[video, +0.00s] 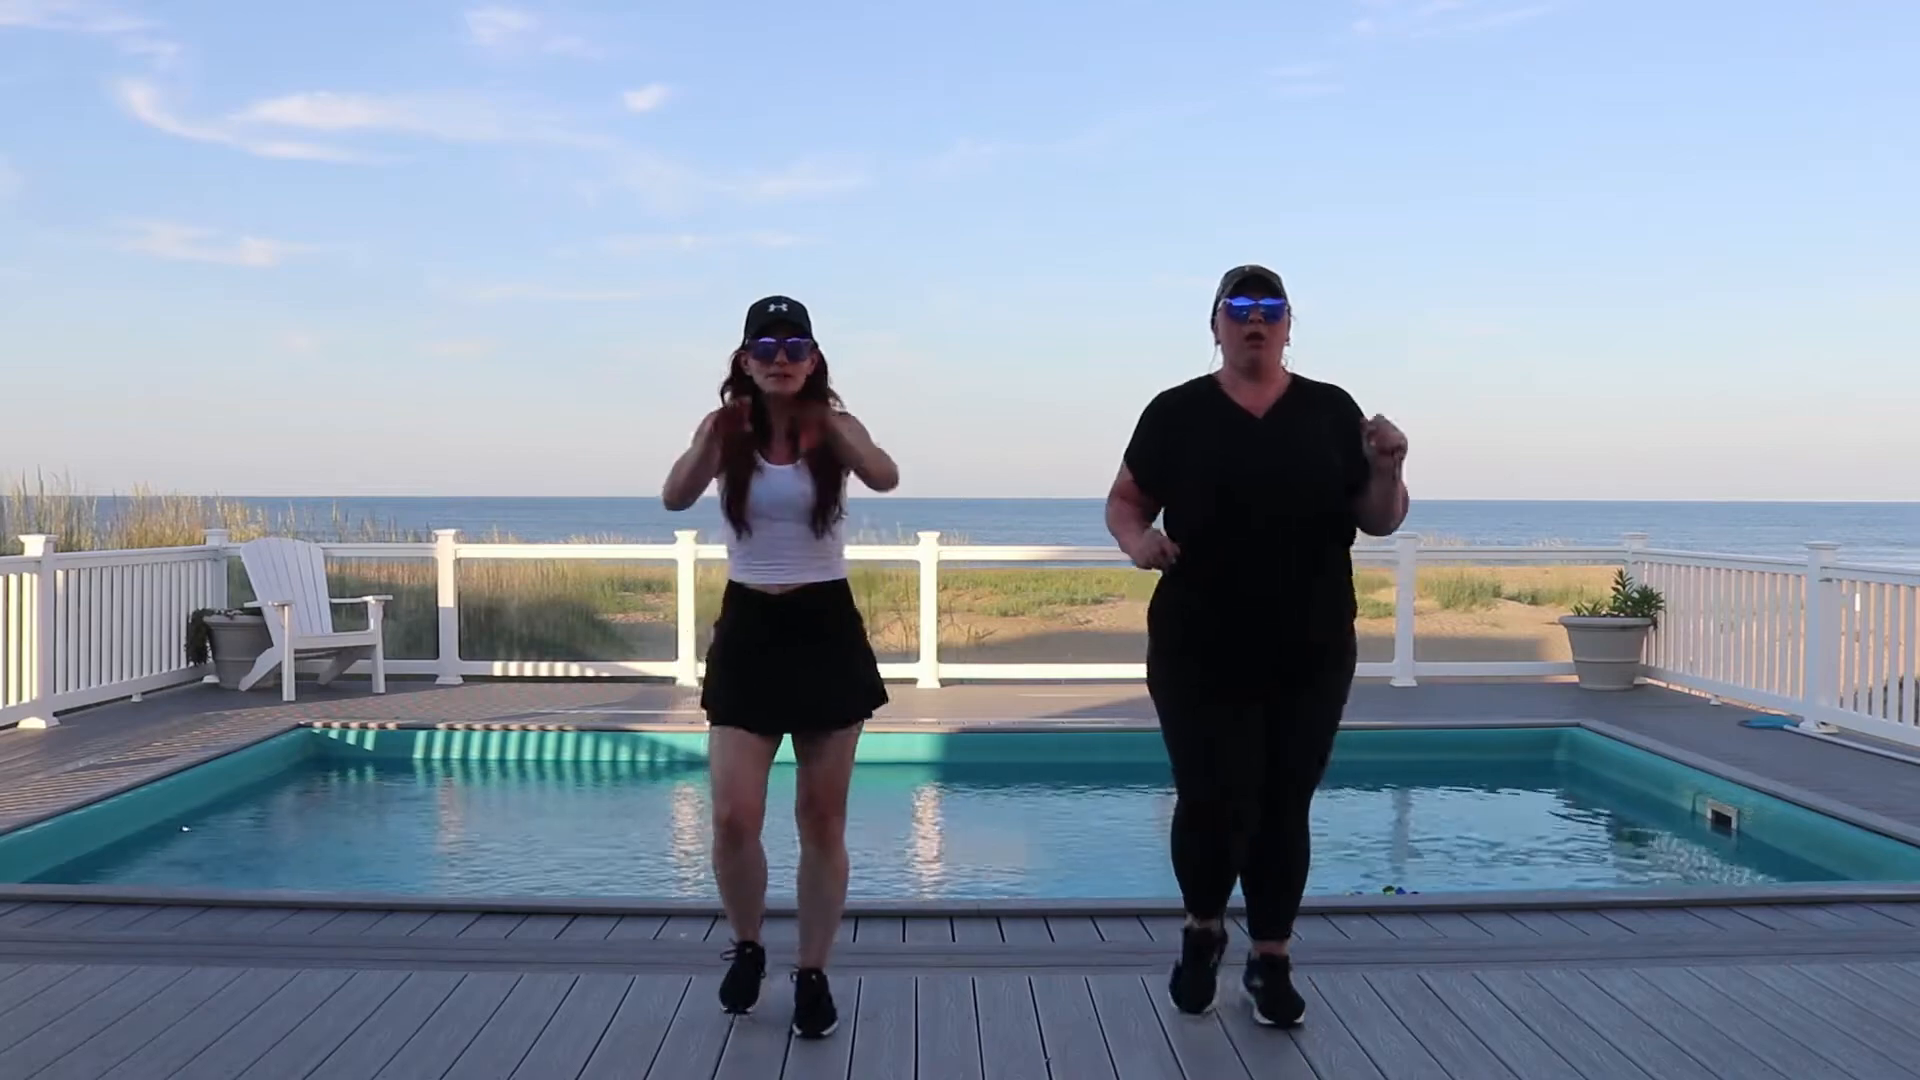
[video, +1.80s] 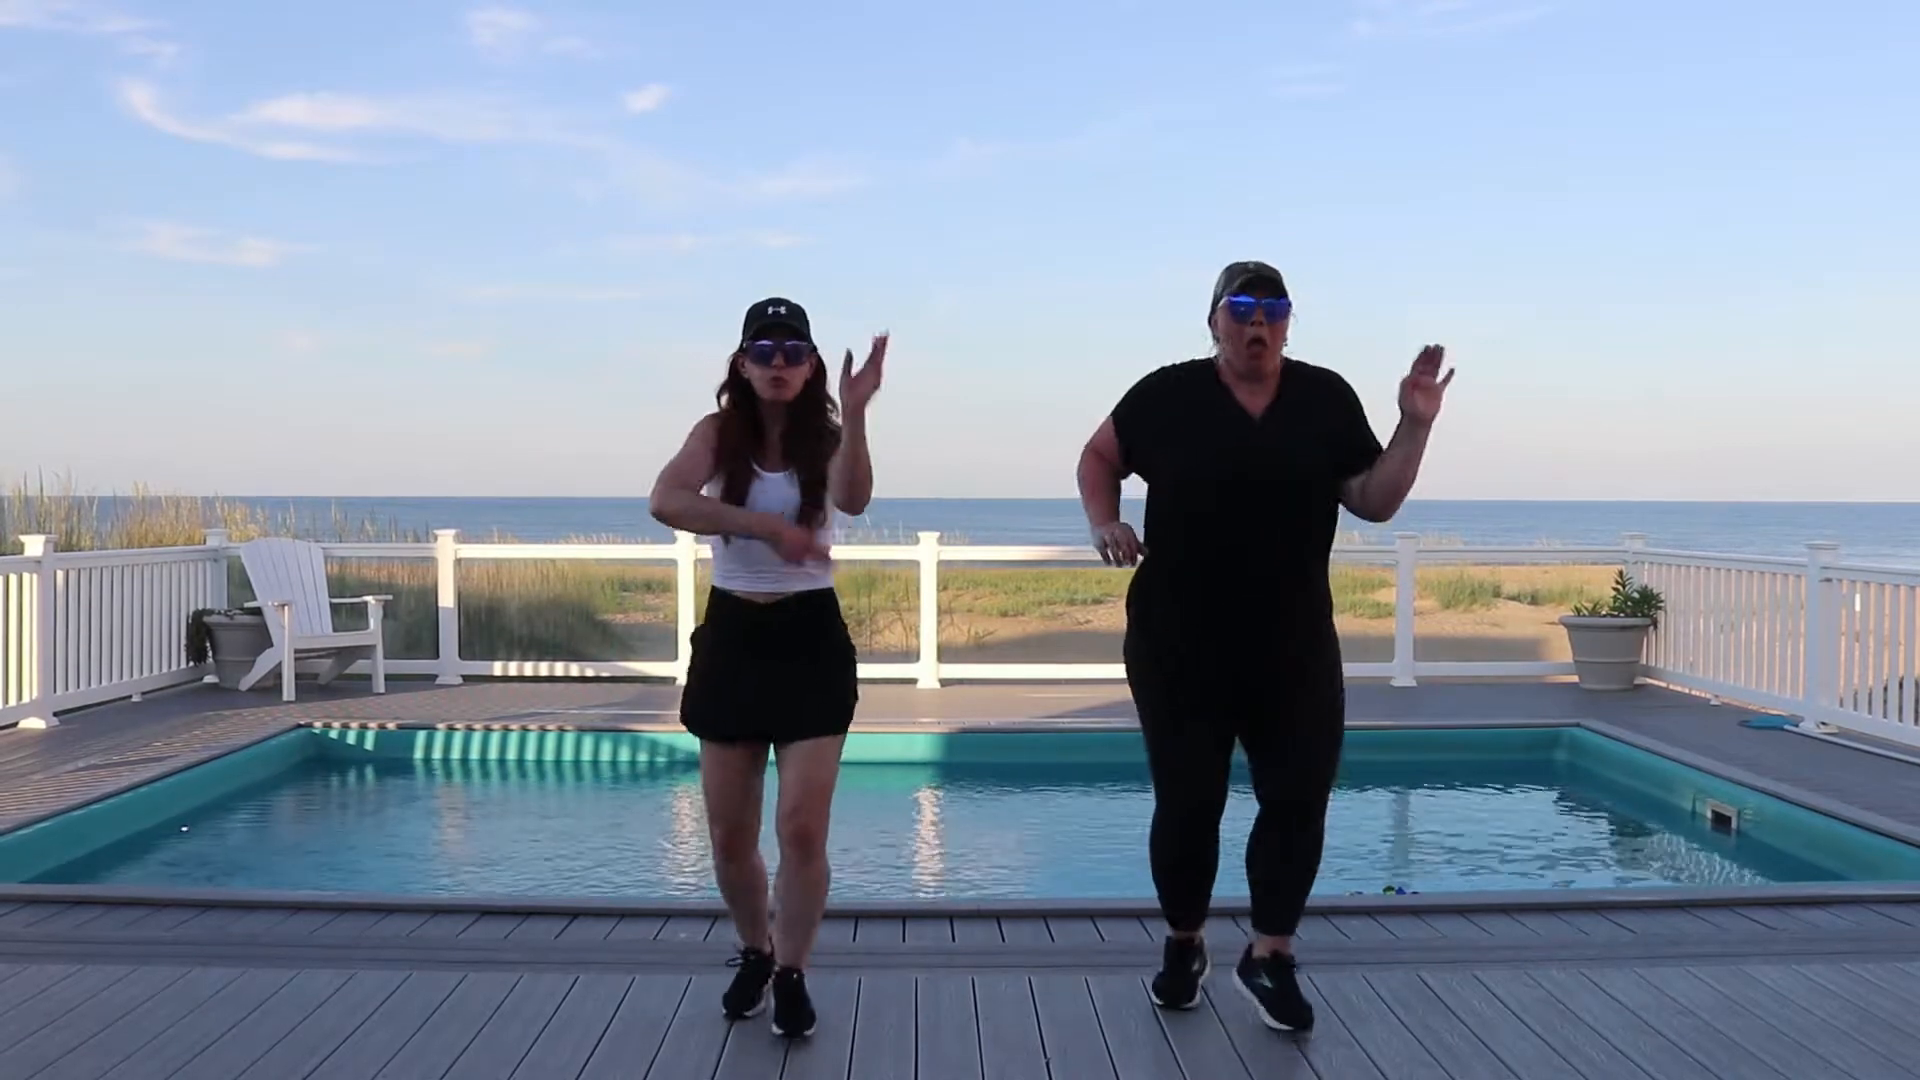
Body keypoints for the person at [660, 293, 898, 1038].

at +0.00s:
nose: (782, 360)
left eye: (795, 349)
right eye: (767, 349)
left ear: (813, 357)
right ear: (745, 358)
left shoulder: (832, 423)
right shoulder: (726, 428)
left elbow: (884, 476)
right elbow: (676, 498)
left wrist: (835, 425)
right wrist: (710, 442)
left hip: (827, 628)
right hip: (749, 628)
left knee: (821, 817)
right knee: (733, 820)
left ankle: (812, 973)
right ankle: (747, 946)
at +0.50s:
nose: (781, 360)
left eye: (795, 347)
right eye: (766, 349)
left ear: (814, 356)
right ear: (745, 360)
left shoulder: (836, 429)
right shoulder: (726, 432)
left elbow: (880, 506)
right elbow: (665, 493)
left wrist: (837, 498)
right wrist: (707, 431)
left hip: (818, 629)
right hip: (738, 629)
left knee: (815, 823)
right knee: (740, 816)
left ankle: (818, 963)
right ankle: (747, 972)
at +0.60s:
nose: (787, 361)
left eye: (800, 350)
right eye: (772, 351)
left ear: (820, 361)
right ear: (752, 363)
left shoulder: (845, 442)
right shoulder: (728, 439)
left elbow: (891, 542)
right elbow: (660, 516)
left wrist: (854, 603)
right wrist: (692, 476)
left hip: (825, 635)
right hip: (745, 633)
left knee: (824, 829)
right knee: (737, 824)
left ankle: (818, 966)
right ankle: (747, 970)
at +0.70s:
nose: (793, 364)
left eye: (807, 355)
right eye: (779, 355)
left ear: (826, 367)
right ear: (757, 366)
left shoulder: (849, 445)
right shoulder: (732, 442)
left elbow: (911, 543)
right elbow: (666, 512)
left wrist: (909, 618)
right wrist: (652, 541)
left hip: (829, 639)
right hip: (748, 637)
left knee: (829, 826)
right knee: (734, 821)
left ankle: (819, 965)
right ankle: (750, 956)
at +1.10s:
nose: (782, 385)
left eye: (795, 372)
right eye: (767, 372)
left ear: (814, 380)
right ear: (744, 380)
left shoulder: (830, 456)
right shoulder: (714, 453)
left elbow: (861, 525)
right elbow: (677, 554)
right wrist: (716, 621)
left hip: (809, 647)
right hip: (731, 647)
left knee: (822, 833)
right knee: (732, 838)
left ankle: (811, 977)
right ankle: (763, 970)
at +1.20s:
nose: (779, 373)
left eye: (793, 358)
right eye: (765, 359)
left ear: (813, 366)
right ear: (744, 366)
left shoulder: (822, 436)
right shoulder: (715, 435)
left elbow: (852, 490)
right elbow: (682, 527)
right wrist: (768, 548)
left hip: (806, 637)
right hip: (727, 638)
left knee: (807, 819)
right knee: (732, 827)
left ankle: (798, 990)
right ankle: (763, 969)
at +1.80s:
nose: (779, 364)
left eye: (793, 351)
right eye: (764, 352)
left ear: (812, 362)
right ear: (742, 361)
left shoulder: (829, 432)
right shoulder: (720, 429)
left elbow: (852, 499)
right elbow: (667, 500)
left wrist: (854, 412)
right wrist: (768, 526)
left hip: (813, 636)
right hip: (733, 637)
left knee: (802, 827)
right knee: (731, 839)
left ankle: (792, 973)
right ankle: (759, 953)